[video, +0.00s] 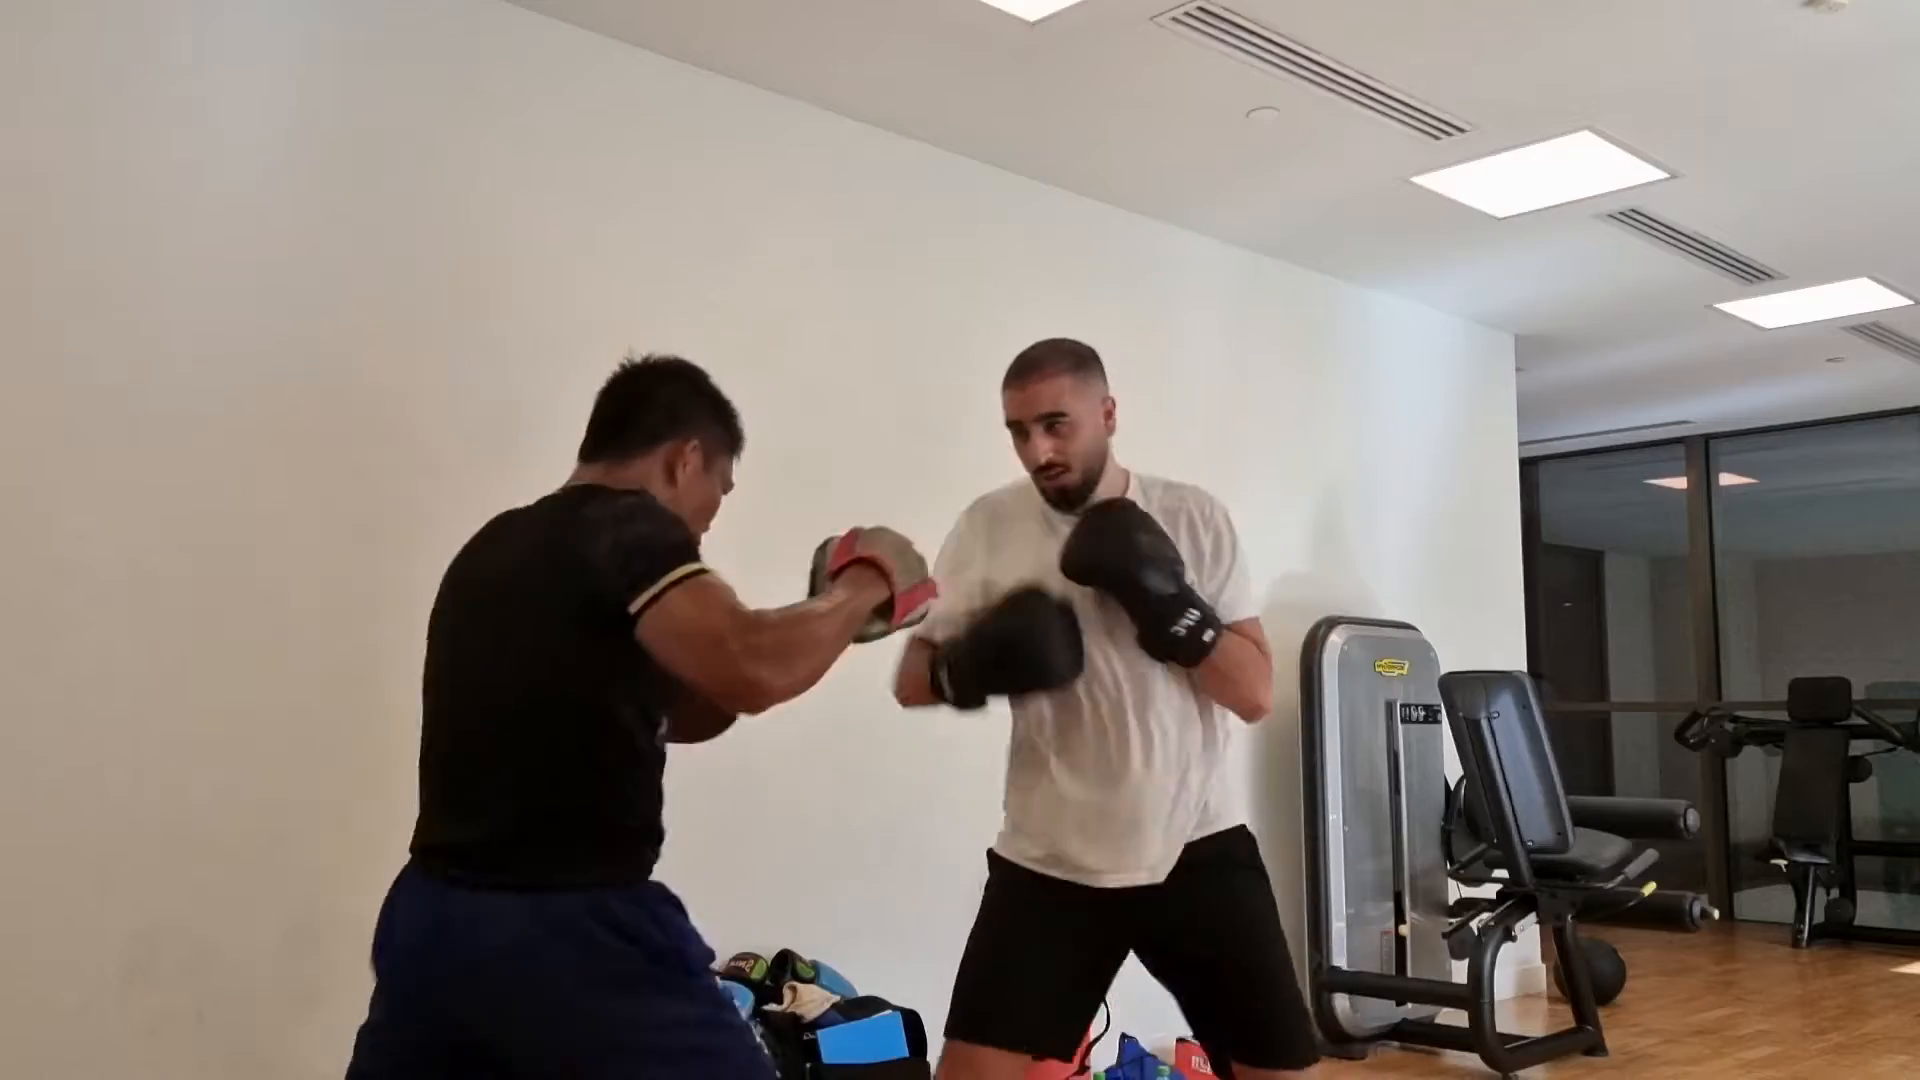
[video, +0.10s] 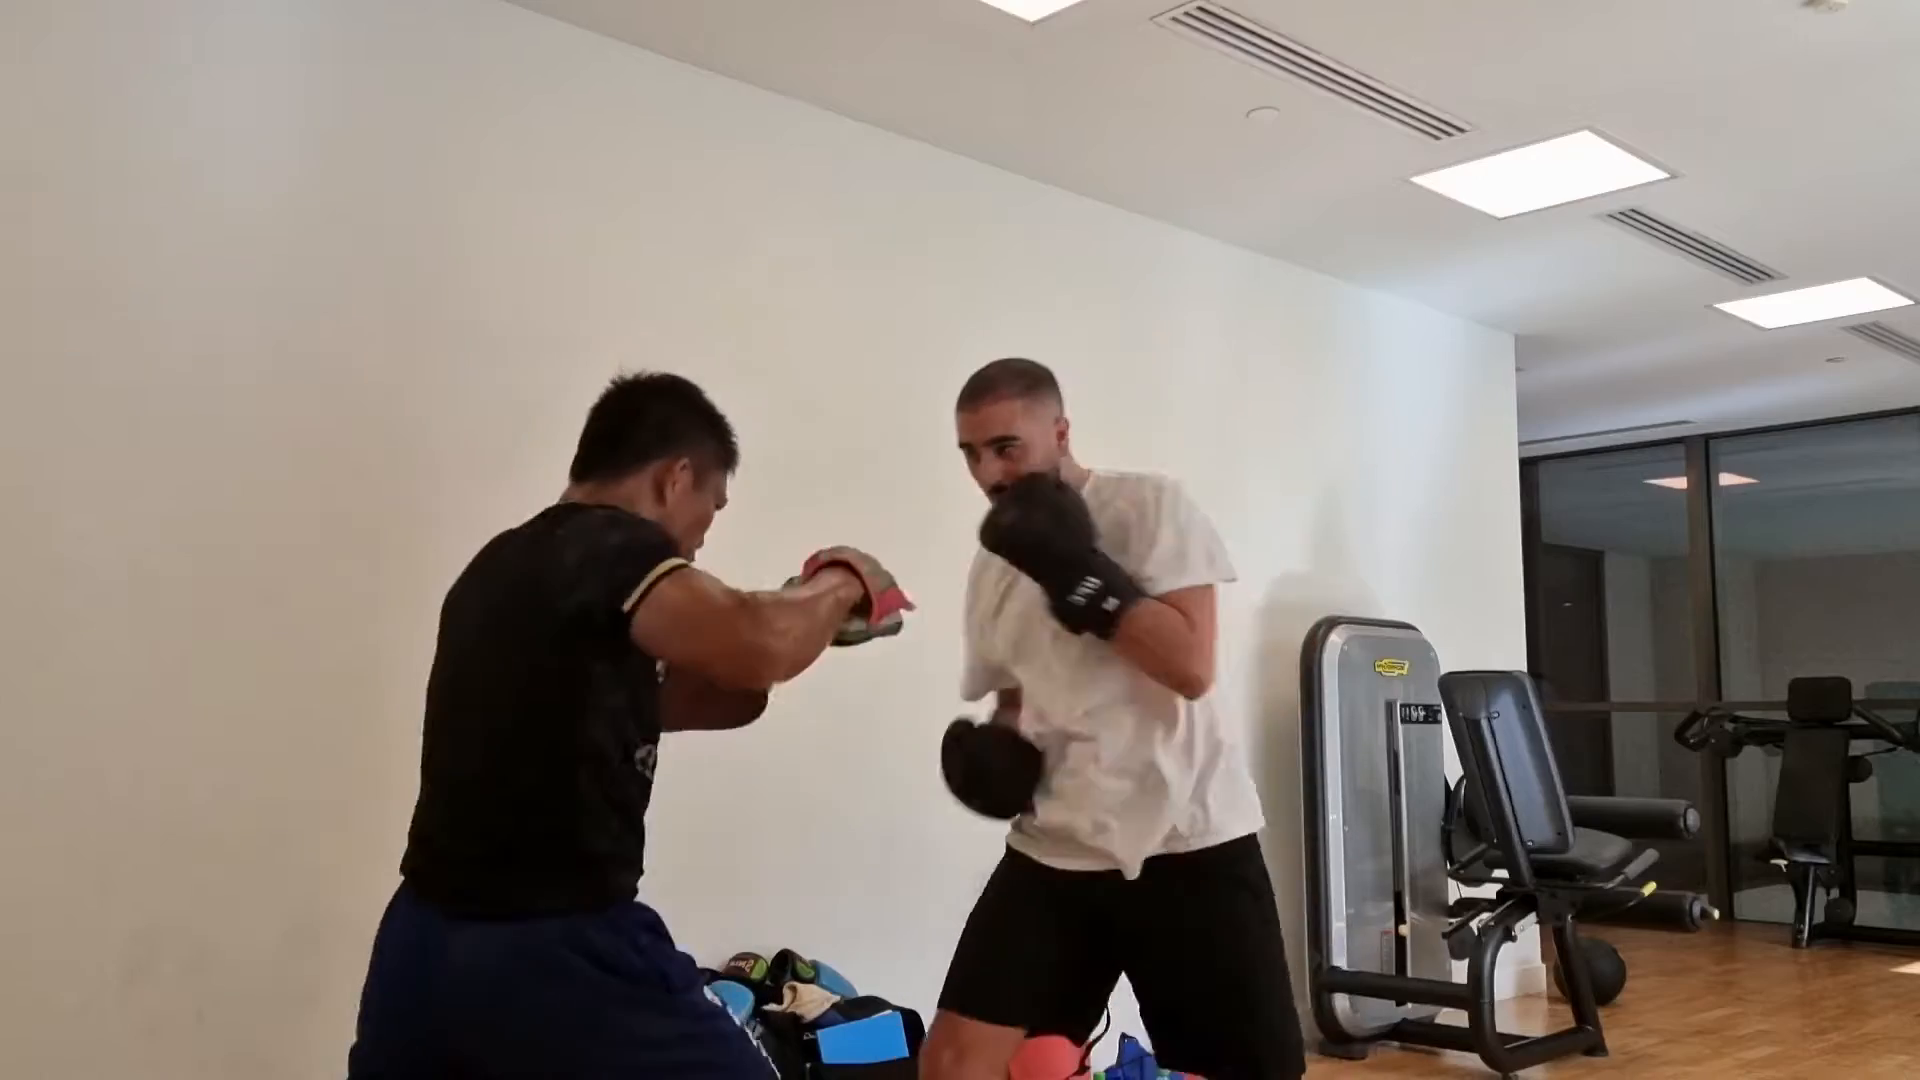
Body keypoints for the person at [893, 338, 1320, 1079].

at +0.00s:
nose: (1038, 451)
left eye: (1057, 425)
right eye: (1020, 431)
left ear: (1108, 414)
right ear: (1007, 432)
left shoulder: (1195, 518)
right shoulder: (989, 527)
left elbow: (1255, 693)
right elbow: (911, 680)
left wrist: (1168, 602)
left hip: (1198, 857)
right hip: (1048, 866)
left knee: (1282, 1067)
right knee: (974, 1068)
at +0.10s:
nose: (988, 473)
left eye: (1006, 447)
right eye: (971, 454)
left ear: (1060, 431)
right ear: (961, 455)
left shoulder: (1156, 509)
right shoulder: (995, 564)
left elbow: (1193, 668)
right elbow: (1012, 702)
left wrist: (1074, 567)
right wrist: (993, 760)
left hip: (1194, 857)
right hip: (1053, 860)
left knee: (1259, 1069)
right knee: (956, 1062)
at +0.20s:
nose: (963, 491)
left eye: (978, 466)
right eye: (951, 476)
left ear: (1038, 449)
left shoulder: (1133, 514)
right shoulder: (1016, 568)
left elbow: (1127, 657)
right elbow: (1079, 728)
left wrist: (1024, 562)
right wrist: (1021, 812)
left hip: (1196, 864)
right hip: (1063, 863)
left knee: (1248, 1069)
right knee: (952, 1060)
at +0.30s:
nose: (988, 462)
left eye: (1001, 436)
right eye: (972, 447)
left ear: (1057, 419)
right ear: (965, 454)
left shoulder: (1168, 500)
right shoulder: (981, 559)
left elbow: (1198, 645)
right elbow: (1010, 694)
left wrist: (1090, 540)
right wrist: (968, 778)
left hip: (1195, 851)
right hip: (1044, 865)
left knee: (1284, 1067)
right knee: (964, 1066)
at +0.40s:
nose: (1003, 448)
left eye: (1017, 422)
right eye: (983, 433)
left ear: (1067, 415)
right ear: (972, 444)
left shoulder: (1155, 508)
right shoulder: (956, 540)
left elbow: (1261, 659)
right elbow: (895, 698)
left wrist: (1184, 589)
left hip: (1180, 833)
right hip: (1036, 847)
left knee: (1266, 1064)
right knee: (972, 1066)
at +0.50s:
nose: (967, 453)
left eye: (982, 427)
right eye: (951, 440)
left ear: (1035, 420)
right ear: (945, 453)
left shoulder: (1143, 524)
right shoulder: (962, 563)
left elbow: (1218, 649)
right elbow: (942, 730)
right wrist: (942, 609)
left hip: (1159, 861)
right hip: (1019, 866)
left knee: (1228, 1067)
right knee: (942, 1063)